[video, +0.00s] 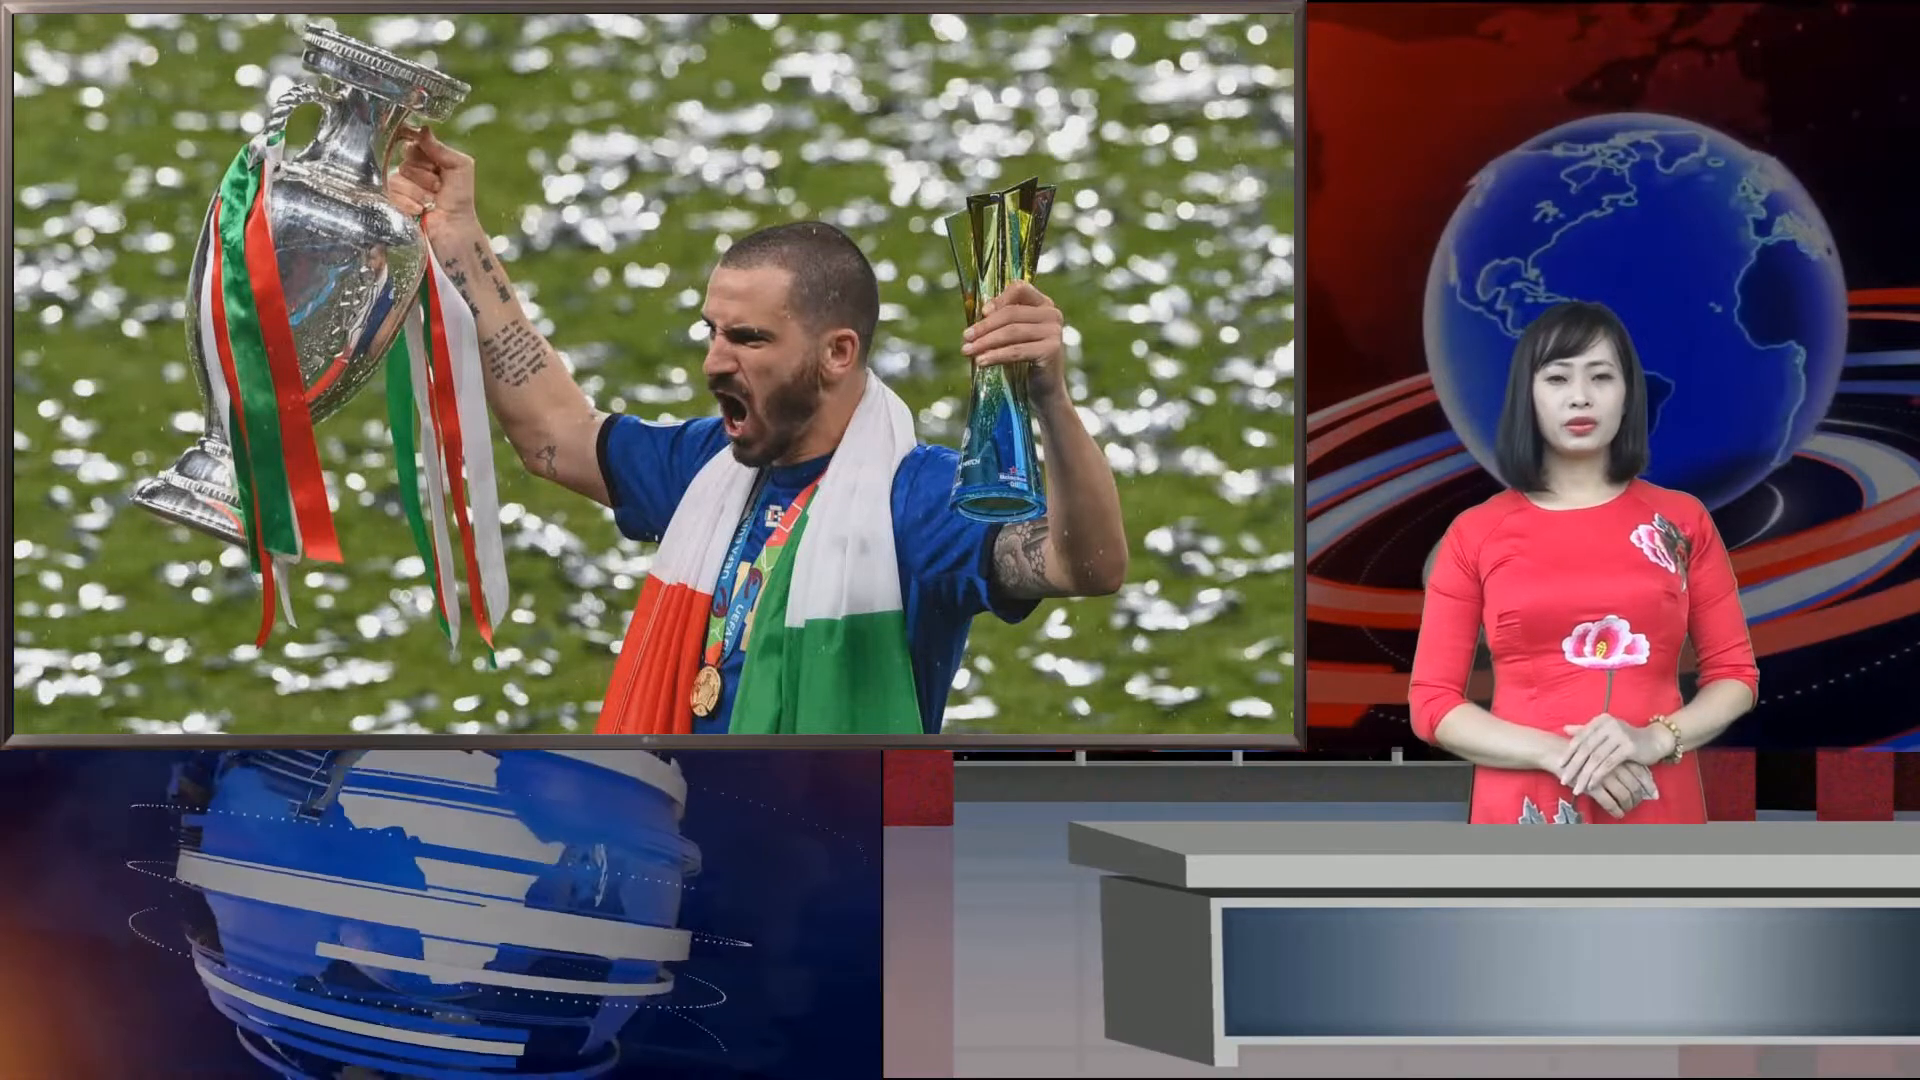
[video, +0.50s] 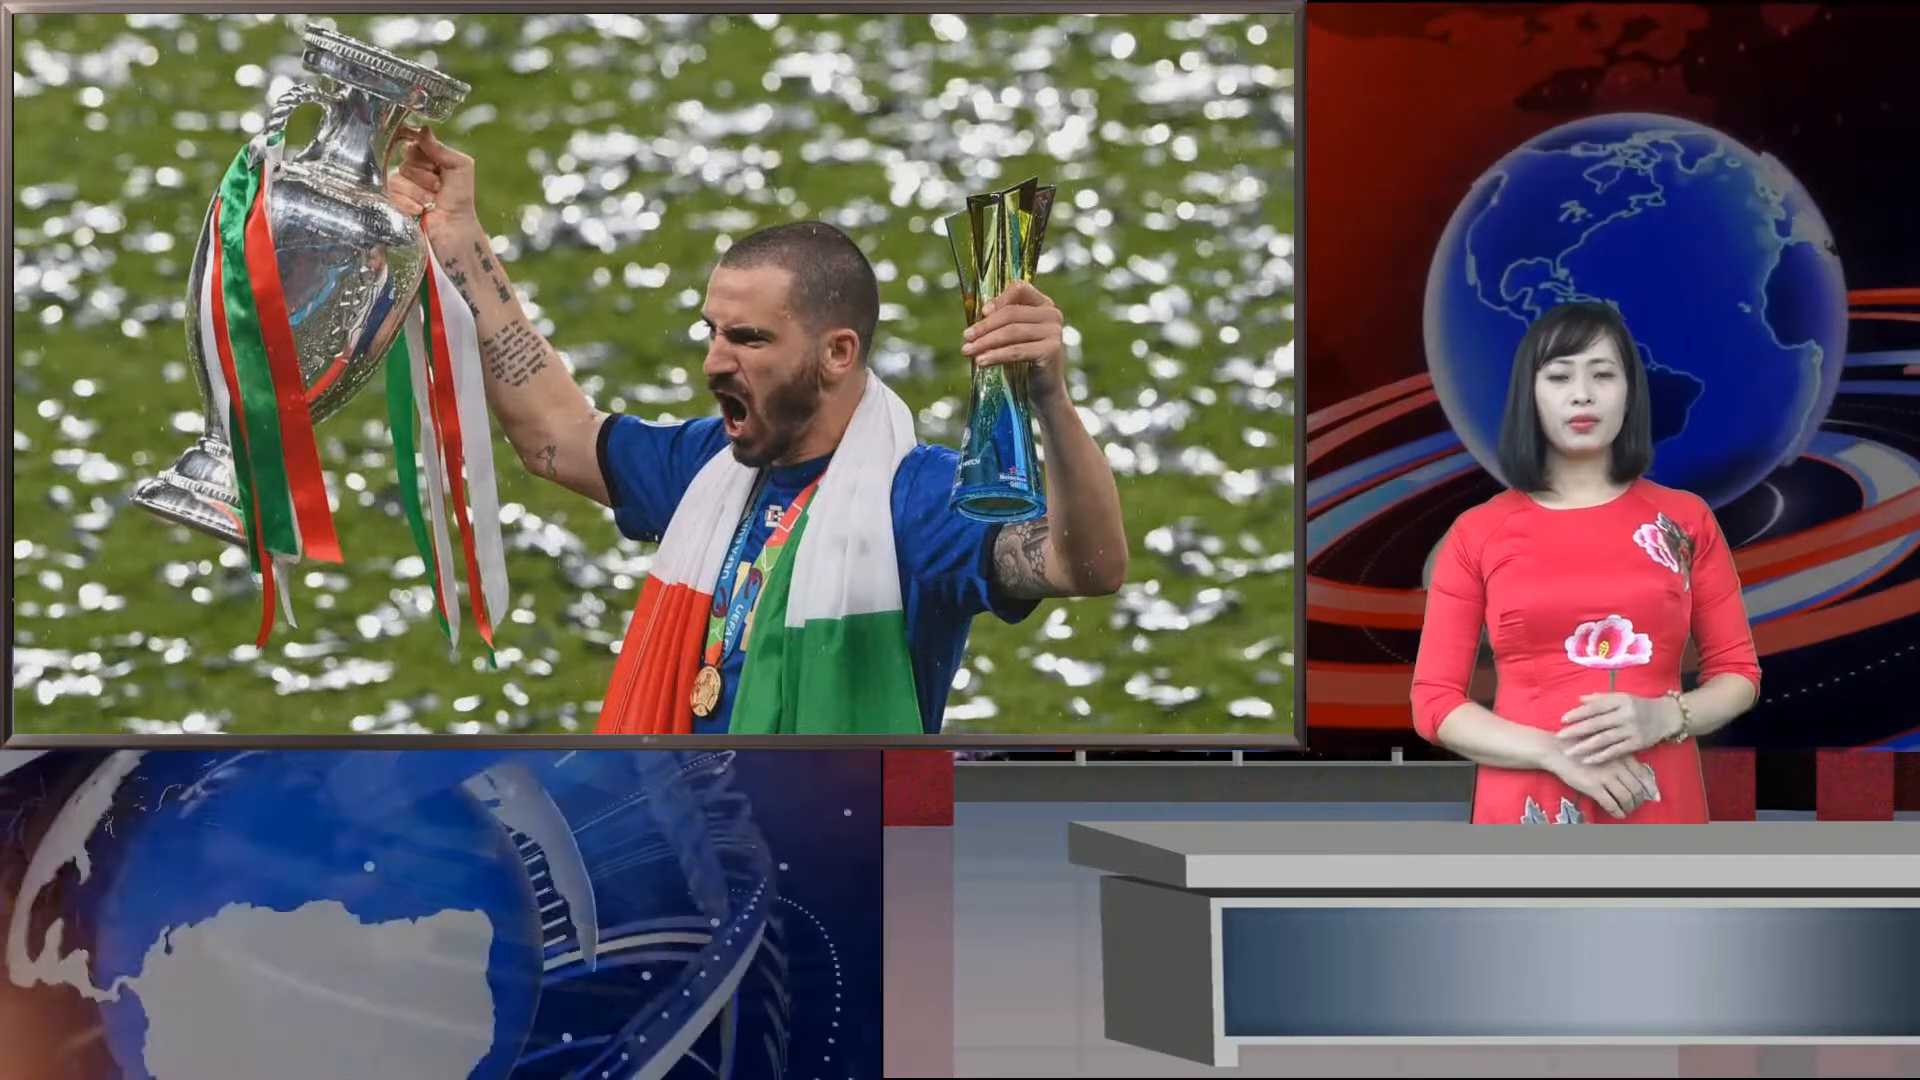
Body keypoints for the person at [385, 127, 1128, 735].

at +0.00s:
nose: (713, 362)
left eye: (747, 339)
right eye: (711, 333)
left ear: (839, 355)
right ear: (705, 327)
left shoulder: (915, 493)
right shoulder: (703, 466)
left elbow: (1090, 563)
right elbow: (557, 438)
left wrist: (1049, 399)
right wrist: (465, 254)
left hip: (830, 898)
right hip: (671, 882)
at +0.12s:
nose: (713, 362)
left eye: (747, 339)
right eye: (711, 333)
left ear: (839, 355)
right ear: (705, 327)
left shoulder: (915, 493)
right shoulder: (703, 466)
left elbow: (1090, 563)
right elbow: (557, 438)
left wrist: (1049, 399)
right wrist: (465, 254)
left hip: (832, 903)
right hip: (675, 890)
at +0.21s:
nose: (713, 362)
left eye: (747, 339)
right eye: (711, 333)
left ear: (839, 355)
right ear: (705, 327)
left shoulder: (914, 493)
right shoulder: (703, 466)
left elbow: (1089, 563)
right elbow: (557, 438)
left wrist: (1049, 399)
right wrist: (465, 254)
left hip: (832, 900)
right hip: (675, 889)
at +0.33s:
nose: (713, 361)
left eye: (747, 339)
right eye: (711, 333)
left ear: (839, 355)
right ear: (705, 327)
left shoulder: (915, 493)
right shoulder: (703, 465)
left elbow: (1089, 563)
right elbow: (557, 438)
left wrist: (1049, 398)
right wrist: (465, 255)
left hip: (828, 894)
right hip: (672, 882)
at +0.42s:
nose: (713, 362)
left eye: (747, 339)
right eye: (711, 333)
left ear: (839, 355)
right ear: (705, 327)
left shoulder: (915, 493)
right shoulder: (703, 466)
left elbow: (1090, 563)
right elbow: (557, 438)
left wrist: (1049, 398)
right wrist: (465, 254)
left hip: (829, 897)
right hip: (673, 883)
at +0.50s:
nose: (713, 361)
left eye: (747, 339)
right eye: (711, 333)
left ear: (839, 355)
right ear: (705, 327)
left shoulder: (914, 493)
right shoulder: (703, 465)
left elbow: (1089, 563)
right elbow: (557, 438)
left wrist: (1049, 398)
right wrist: (465, 255)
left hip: (831, 897)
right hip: (672, 886)